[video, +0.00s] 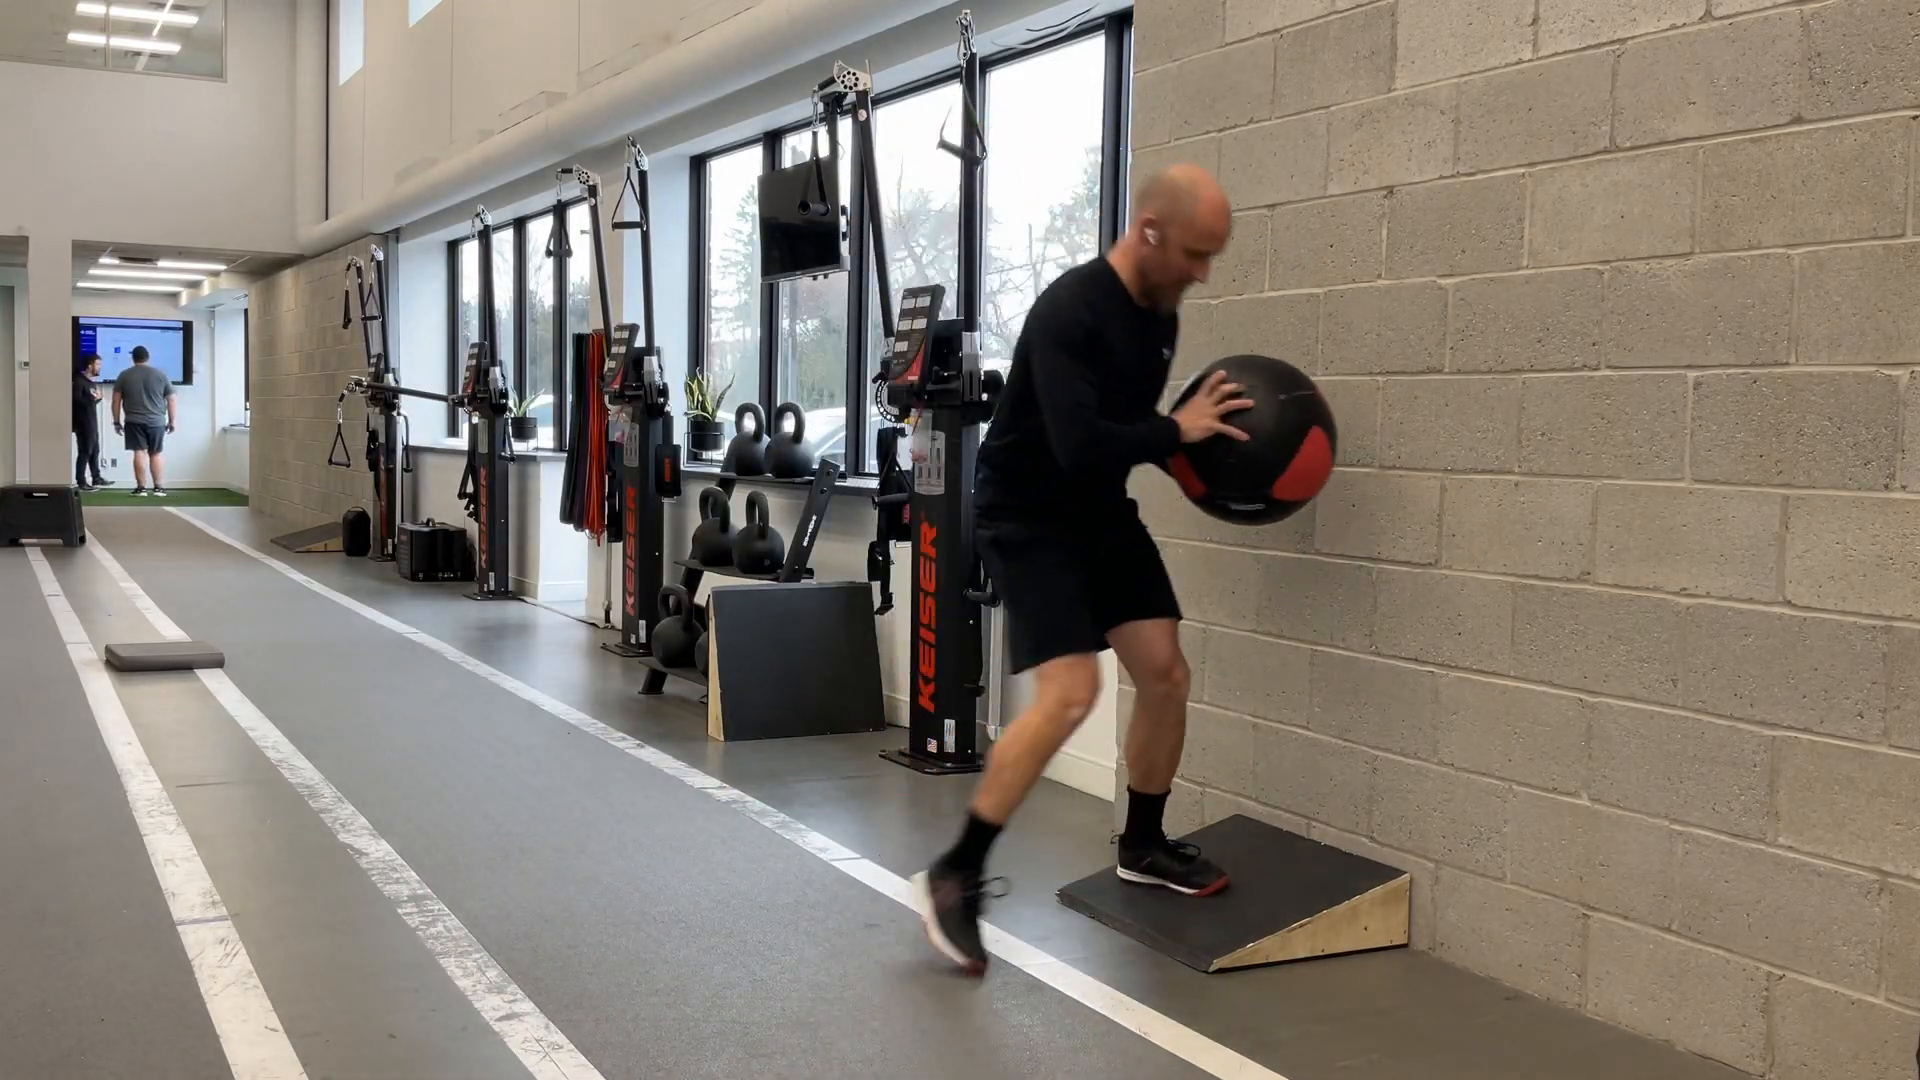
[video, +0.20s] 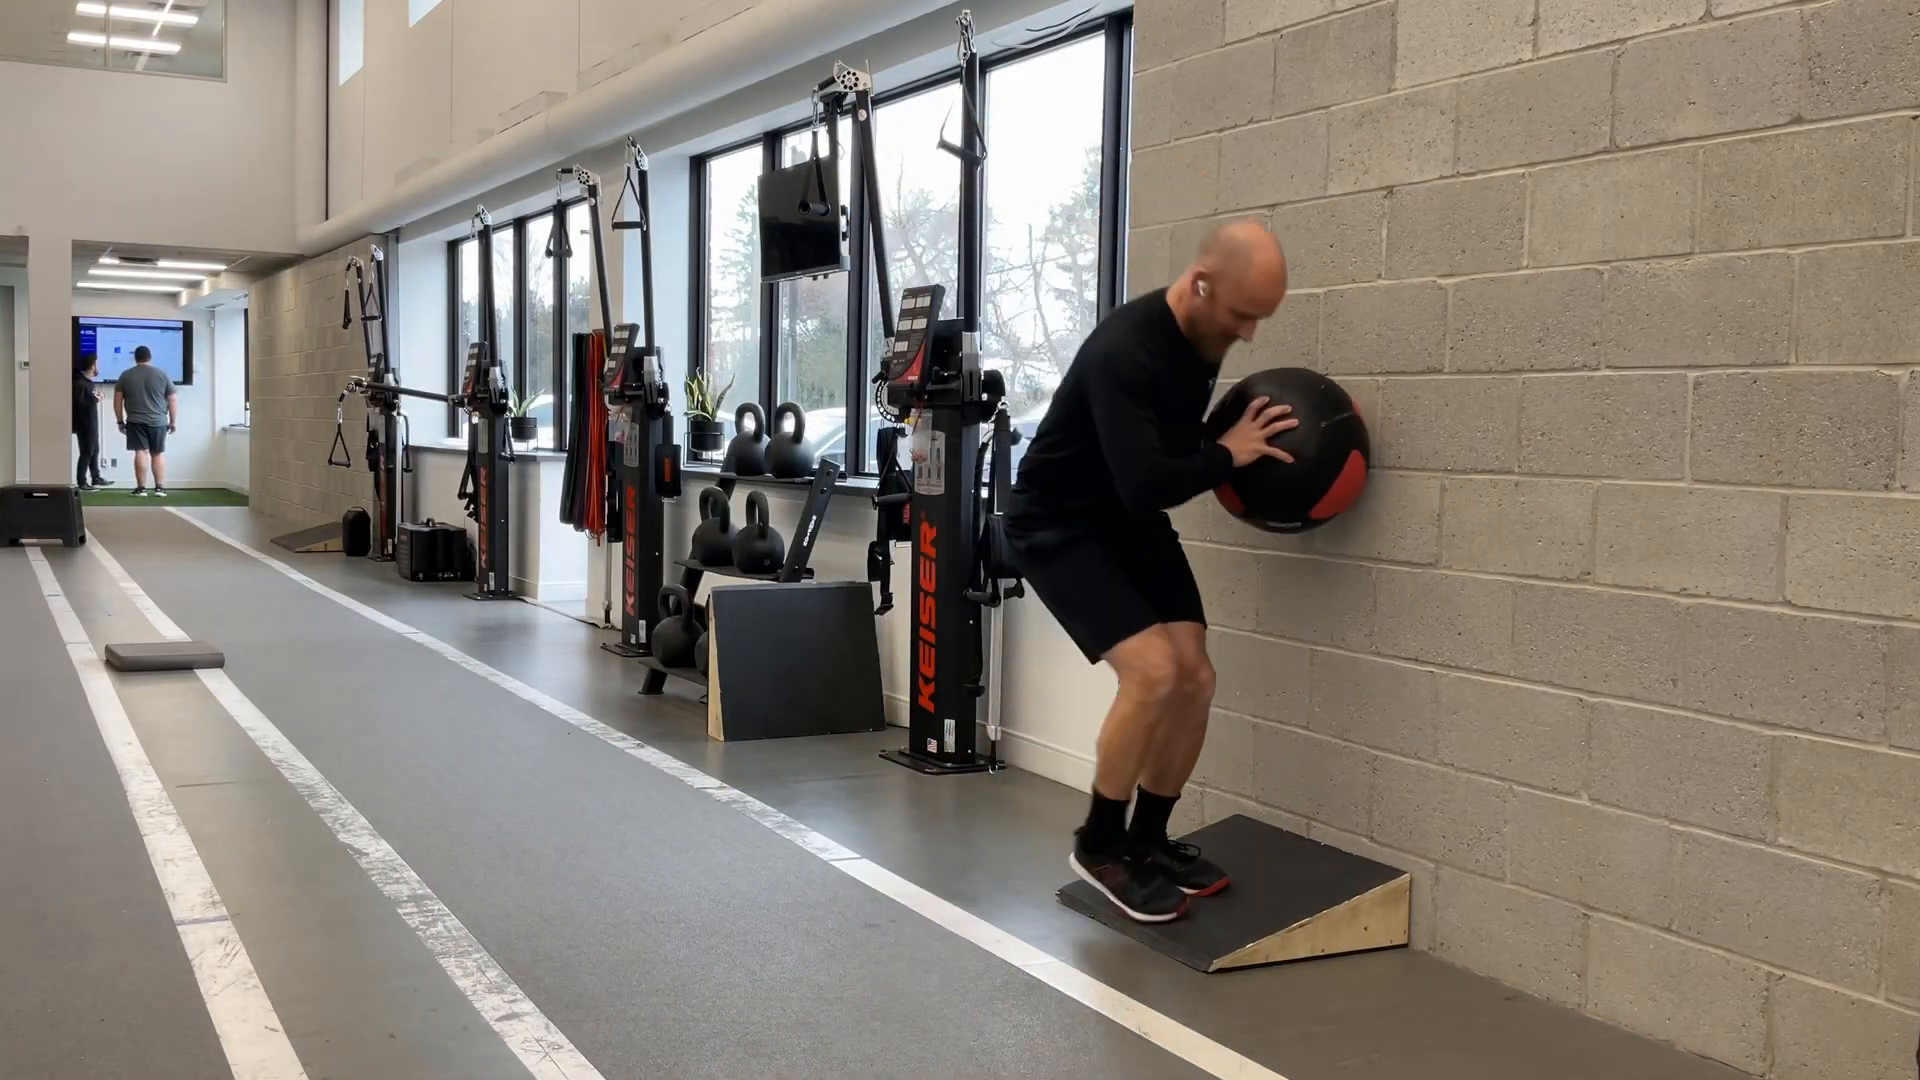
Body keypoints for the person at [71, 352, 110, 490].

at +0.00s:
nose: (99, 368)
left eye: (99, 365)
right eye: (97, 365)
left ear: (91, 366)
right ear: (90, 366)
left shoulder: (90, 381)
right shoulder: (79, 381)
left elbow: (89, 403)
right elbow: (81, 402)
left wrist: (97, 397)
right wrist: (95, 398)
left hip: (92, 423)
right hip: (83, 423)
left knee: (94, 451)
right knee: (84, 452)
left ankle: (96, 477)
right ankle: (81, 481)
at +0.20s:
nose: (97, 368)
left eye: (97, 364)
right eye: (96, 364)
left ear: (88, 366)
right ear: (91, 366)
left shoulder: (89, 383)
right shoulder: (80, 383)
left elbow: (87, 398)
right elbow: (80, 404)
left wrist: (97, 396)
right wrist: (94, 399)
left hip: (91, 423)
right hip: (83, 423)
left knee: (94, 450)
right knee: (86, 452)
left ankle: (96, 477)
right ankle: (82, 481)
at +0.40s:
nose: (96, 366)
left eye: (96, 363)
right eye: (95, 364)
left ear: (86, 365)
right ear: (91, 365)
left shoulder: (88, 383)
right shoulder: (80, 384)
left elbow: (96, 389)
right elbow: (81, 404)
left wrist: (111, 385)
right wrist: (96, 405)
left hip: (91, 423)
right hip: (84, 423)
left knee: (93, 451)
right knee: (86, 452)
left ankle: (94, 477)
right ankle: (82, 481)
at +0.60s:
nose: (96, 365)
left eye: (95, 362)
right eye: (94, 363)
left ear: (87, 365)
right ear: (90, 365)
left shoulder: (92, 379)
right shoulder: (80, 383)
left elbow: (105, 374)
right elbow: (79, 405)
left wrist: (121, 368)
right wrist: (96, 413)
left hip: (92, 420)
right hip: (84, 421)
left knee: (93, 450)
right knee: (86, 451)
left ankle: (92, 478)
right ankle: (82, 481)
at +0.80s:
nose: (95, 365)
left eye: (95, 363)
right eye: (93, 363)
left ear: (90, 365)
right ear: (88, 365)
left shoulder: (95, 379)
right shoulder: (80, 383)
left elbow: (107, 372)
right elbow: (78, 407)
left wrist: (121, 366)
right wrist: (90, 424)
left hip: (96, 422)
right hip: (85, 423)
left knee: (93, 454)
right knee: (85, 453)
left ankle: (90, 479)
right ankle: (82, 481)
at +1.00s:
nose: (95, 365)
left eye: (94, 363)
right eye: (92, 363)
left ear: (92, 365)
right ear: (87, 366)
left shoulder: (97, 378)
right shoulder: (82, 385)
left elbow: (109, 371)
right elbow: (78, 410)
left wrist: (123, 363)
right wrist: (81, 429)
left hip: (99, 423)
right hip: (90, 425)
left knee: (94, 454)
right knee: (87, 454)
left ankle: (90, 480)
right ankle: (82, 481)